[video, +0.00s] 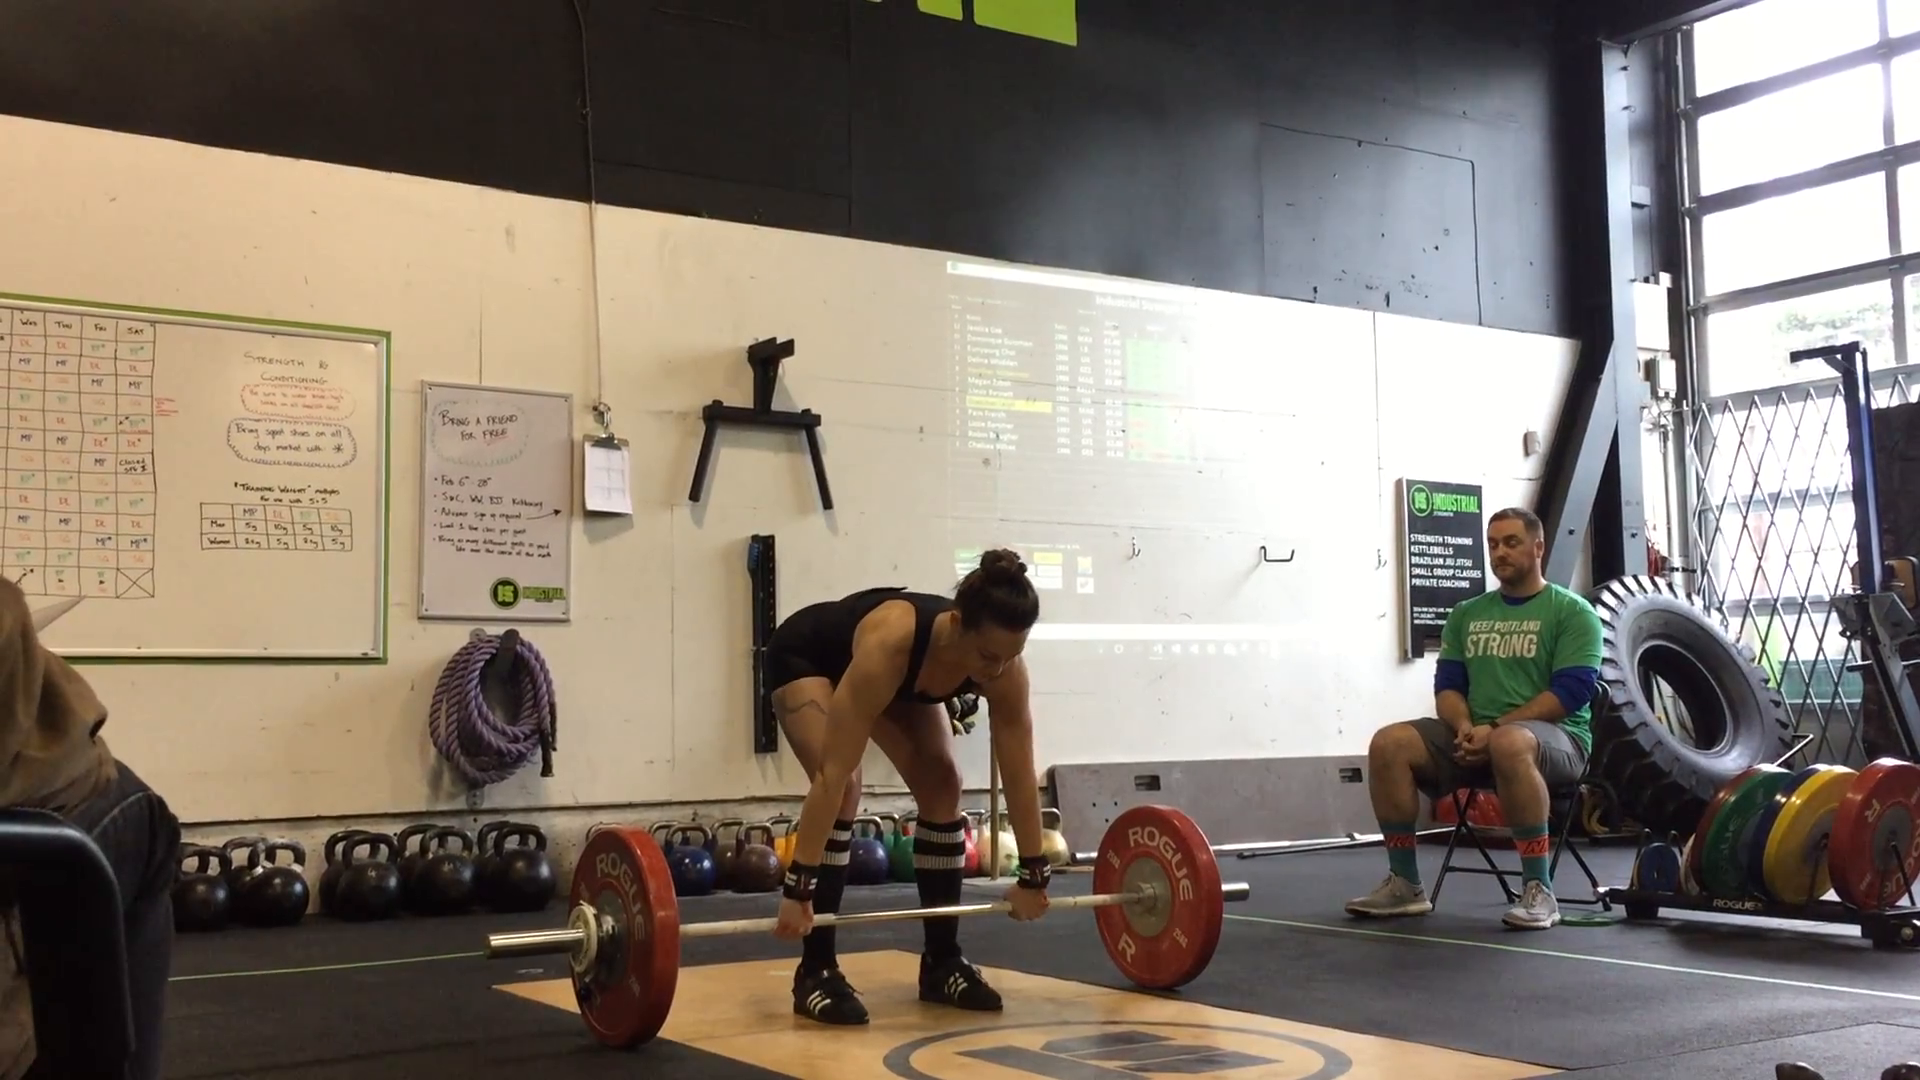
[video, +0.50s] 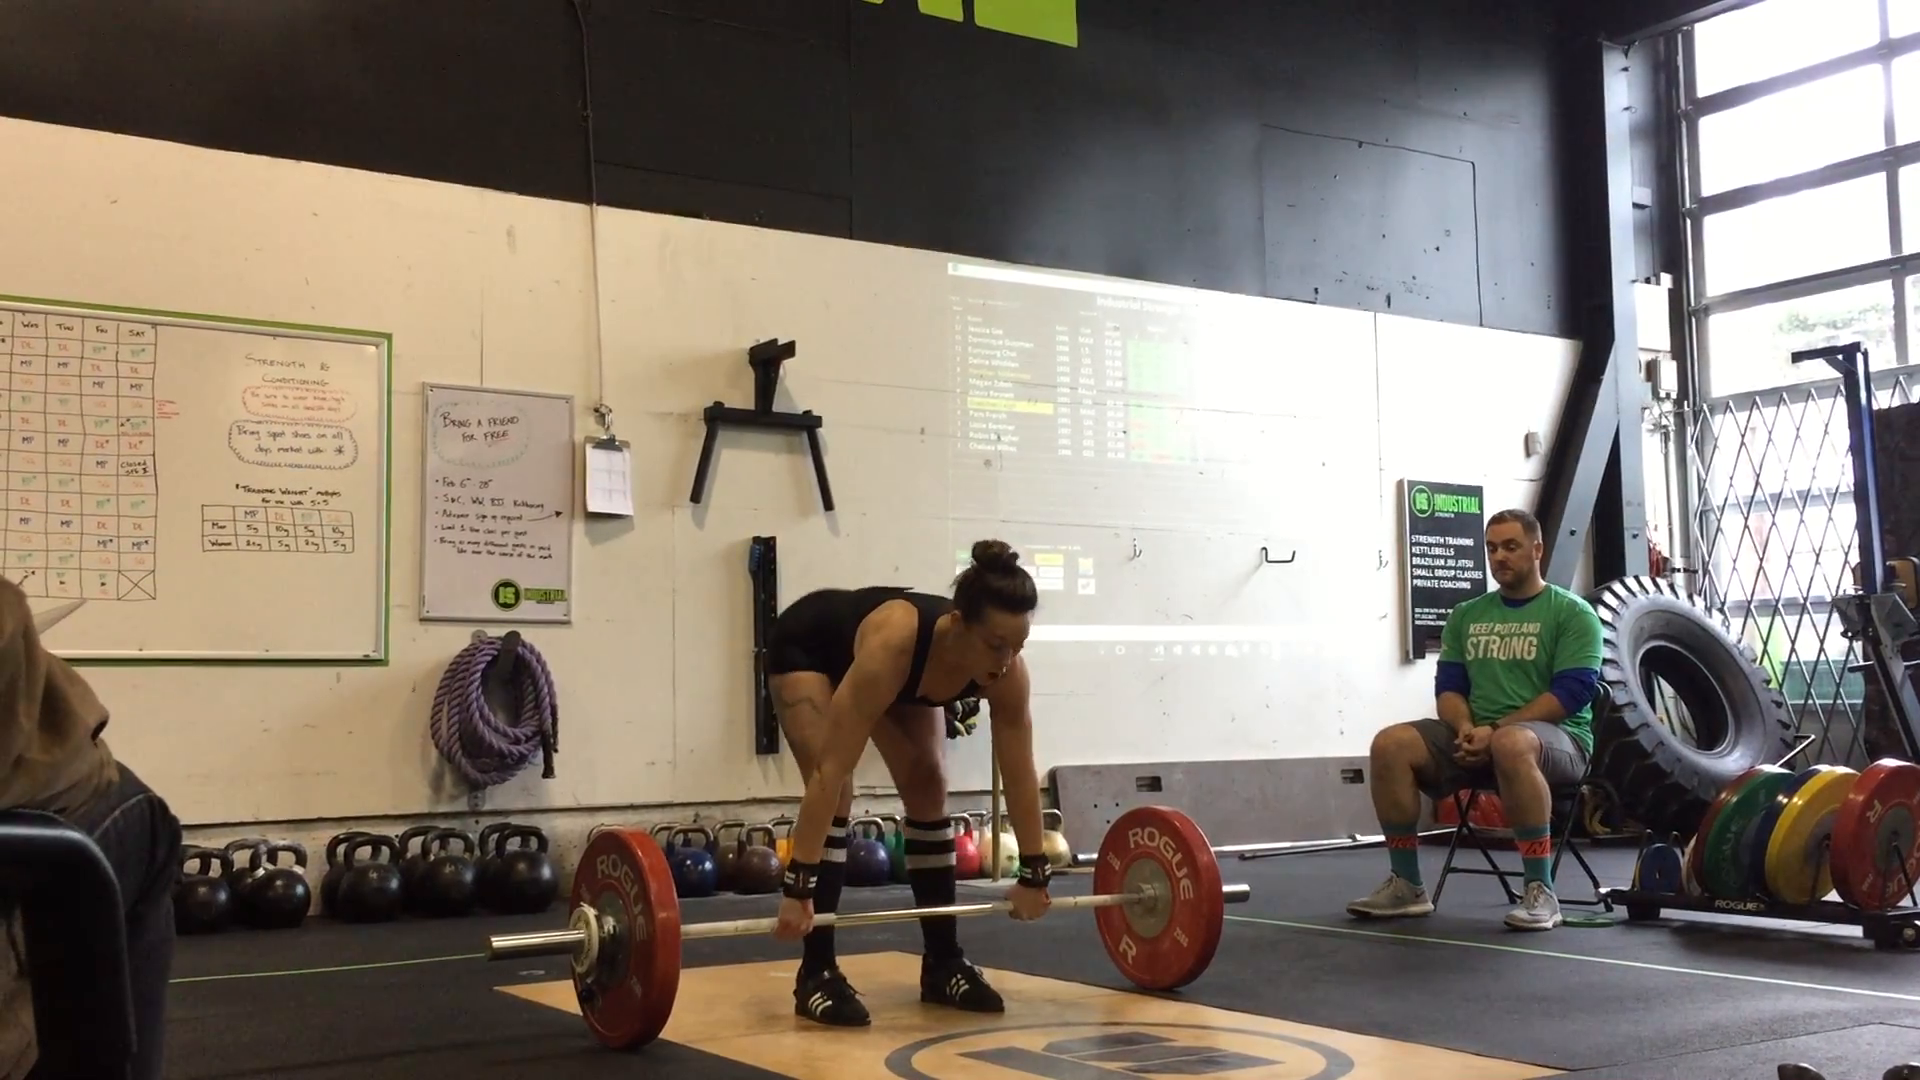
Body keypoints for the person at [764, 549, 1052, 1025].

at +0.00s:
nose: (998, 671)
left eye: (1009, 659)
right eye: (988, 656)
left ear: (1022, 642)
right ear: (953, 626)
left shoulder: (1007, 673)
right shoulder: (889, 645)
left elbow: (1020, 778)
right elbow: (833, 773)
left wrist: (1033, 874)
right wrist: (798, 888)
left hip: (897, 675)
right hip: (805, 659)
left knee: (942, 787)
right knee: (842, 787)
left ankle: (942, 964)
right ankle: (817, 973)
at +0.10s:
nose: (999, 672)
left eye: (1010, 660)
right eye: (989, 658)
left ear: (1022, 643)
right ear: (954, 628)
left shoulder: (1007, 673)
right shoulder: (890, 645)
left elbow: (1020, 778)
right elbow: (833, 774)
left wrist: (1033, 875)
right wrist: (799, 889)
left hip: (897, 676)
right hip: (805, 659)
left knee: (943, 789)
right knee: (843, 789)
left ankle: (942, 964)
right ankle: (817, 974)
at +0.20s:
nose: (1000, 672)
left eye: (1011, 659)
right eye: (990, 658)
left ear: (1023, 642)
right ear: (955, 628)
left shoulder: (1008, 674)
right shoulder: (890, 646)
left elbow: (1020, 778)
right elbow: (833, 775)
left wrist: (1034, 876)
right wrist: (799, 890)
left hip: (897, 678)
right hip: (806, 661)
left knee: (944, 789)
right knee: (844, 788)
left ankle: (942, 964)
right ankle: (817, 974)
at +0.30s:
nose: (1000, 671)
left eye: (1011, 659)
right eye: (990, 657)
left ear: (1023, 641)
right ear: (956, 627)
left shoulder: (1007, 672)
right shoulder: (890, 647)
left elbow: (1021, 778)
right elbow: (832, 776)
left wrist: (1034, 875)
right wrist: (796, 888)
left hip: (895, 684)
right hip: (806, 672)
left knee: (953, 792)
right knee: (850, 791)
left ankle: (943, 965)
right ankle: (818, 974)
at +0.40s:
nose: (1006, 666)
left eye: (1016, 652)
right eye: (996, 651)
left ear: (1026, 637)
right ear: (956, 625)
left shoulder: (1007, 671)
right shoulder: (891, 644)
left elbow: (1017, 774)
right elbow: (831, 771)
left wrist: (1033, 872)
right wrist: (798, 886)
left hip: (899, 673)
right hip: (807, 655)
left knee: (939, 786)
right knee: (842, 788)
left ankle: (943, 964)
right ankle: (817, 974)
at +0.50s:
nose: (1008, 662)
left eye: (1019, 647)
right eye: (997, 645)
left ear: (1026, 633)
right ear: (956, 624)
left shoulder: (1007, 673)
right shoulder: (893, 646)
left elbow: (1019, 775)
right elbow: (831, 771)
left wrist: (1034, 872)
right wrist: (798, 886)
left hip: (900, 670)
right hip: (805, 646)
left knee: (928, 784)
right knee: (834, 789)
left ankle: (943, 964)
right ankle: (818, 974)